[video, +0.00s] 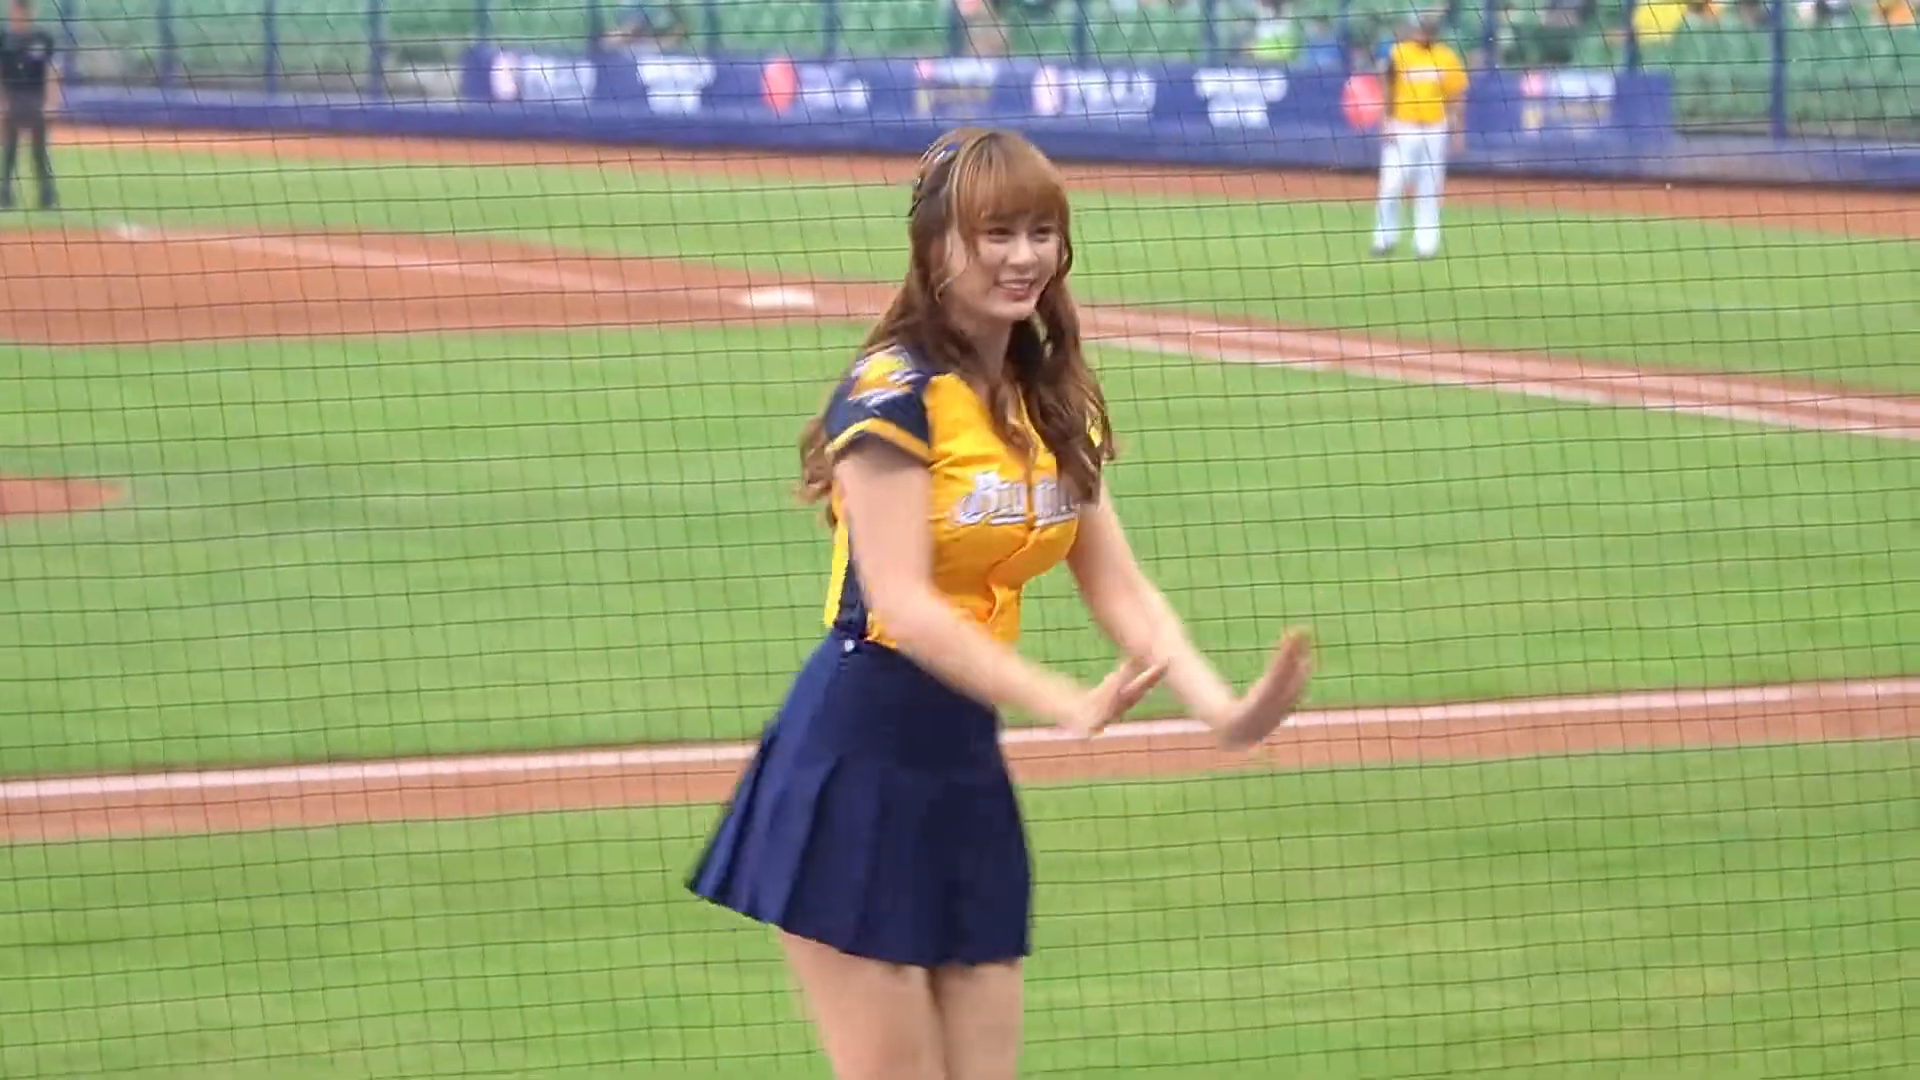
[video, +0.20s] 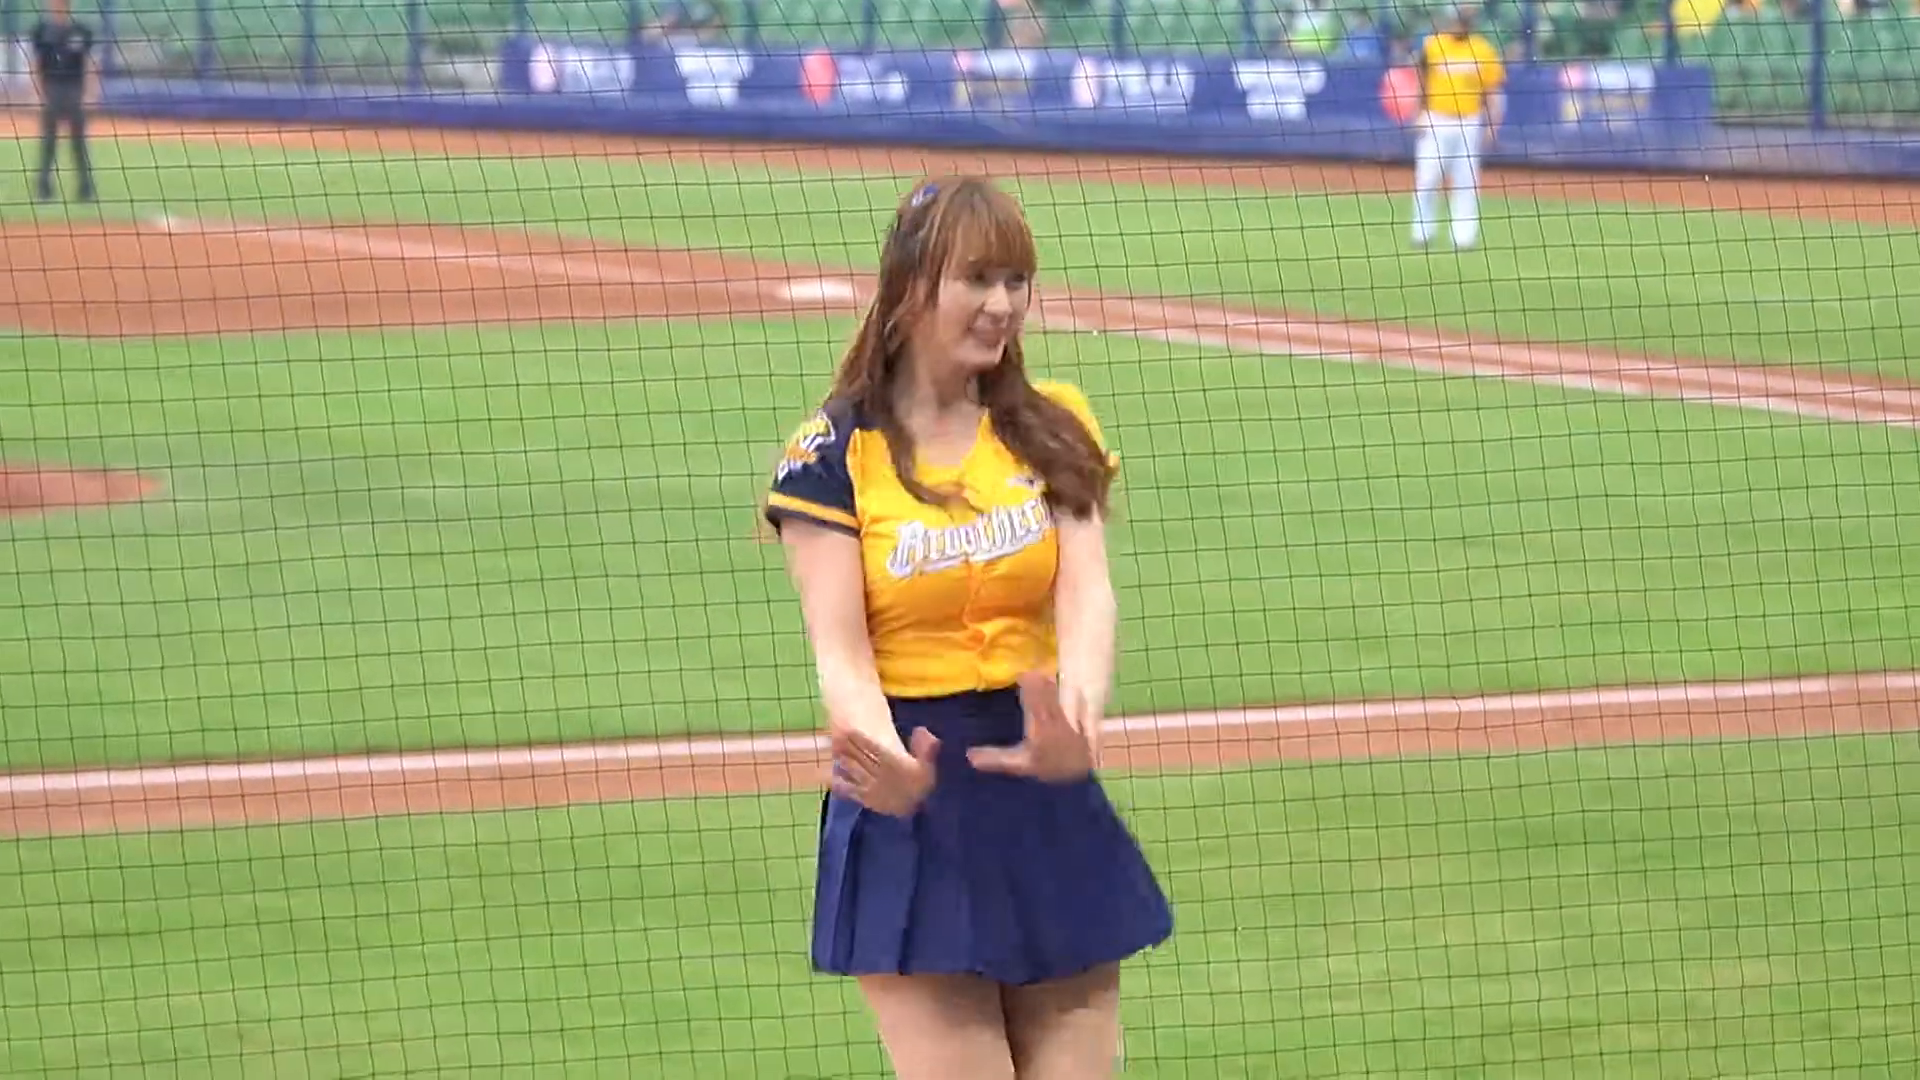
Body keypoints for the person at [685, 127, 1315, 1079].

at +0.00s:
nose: (1025, 256)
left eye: (1042, 231)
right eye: (997, 233)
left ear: (1062, 243)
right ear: (937, 246)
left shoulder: (1049, 396)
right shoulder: (889, 391)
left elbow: (1115, 584)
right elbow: (898, 603)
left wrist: (1218, 707)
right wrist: (1059, 702)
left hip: (965, 747)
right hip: (856, 743)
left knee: (983, 1063)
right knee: (891, 1066)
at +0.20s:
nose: (1000, 304)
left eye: (1015, 280)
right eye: (975, 279)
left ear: (1032, 291)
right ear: (909, 287)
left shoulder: (1052, 423)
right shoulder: (832, 452)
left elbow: (1086, 596)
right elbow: (842, 649)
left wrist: (1075, 736)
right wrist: (894, 778)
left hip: (1049, 770)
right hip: (906, 784)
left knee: (1077, 1058)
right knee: (955, 1062)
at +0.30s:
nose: (1021, 245)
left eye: (1036, 225)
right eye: (995, 220)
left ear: (1051, 245)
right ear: (923, 240)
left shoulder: (1079, 368)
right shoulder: (852, 408)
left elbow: (1098, 545)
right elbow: (843, 594)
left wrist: (1051, 652)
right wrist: (832, 693)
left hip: (1068, 728)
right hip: (920, 733)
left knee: (1047, 1063)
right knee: (944, 1064)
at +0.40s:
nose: (1047, 270)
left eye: (1060, 250)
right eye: (1017, 246)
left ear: (1076, 271)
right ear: (942, 271)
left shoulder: (1103, 398)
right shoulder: (882, 427)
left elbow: (1095, 521)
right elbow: (829, 595)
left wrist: (1041, 594)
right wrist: (763, 666)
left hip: (1089, 753)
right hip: (942, 751)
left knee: (1060, 1065)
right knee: (948, 1066)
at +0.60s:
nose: (1086, 252)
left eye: (1101, 229)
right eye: (1056, 231)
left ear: (1118, 246)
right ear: (993, 256)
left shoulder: (1152, 374)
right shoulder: (930, 409)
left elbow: (1179, 518)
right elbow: (853, 583)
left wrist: (1140, 605)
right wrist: (812, 659)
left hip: (1141, 736)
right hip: (996, 742)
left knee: (1117, 1065)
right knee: (1015, 1064)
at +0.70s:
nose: (1091, 250)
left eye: (1106, 222)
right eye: (1060, 228)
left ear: (1128, 228)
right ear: (999, 244)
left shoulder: (1165, 372)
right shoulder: (935, 385)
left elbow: (1200, 560)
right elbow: (888, 584)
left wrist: (1185, 655)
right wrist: (903, 695)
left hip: (1144, 724)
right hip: (999, 734)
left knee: (1146, 1061)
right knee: (1052, 1064)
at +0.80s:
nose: (1095, 298)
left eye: (1110, 271)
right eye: (1064, 277)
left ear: (1132, 279)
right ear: (1006, 293)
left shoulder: (1147, 426)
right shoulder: (951, 434)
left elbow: (1190, 614)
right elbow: (941, 647)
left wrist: (1230, 724)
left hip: (1140, 762)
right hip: (1004, 764)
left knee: (1169, 1055)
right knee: (1055, 1060)